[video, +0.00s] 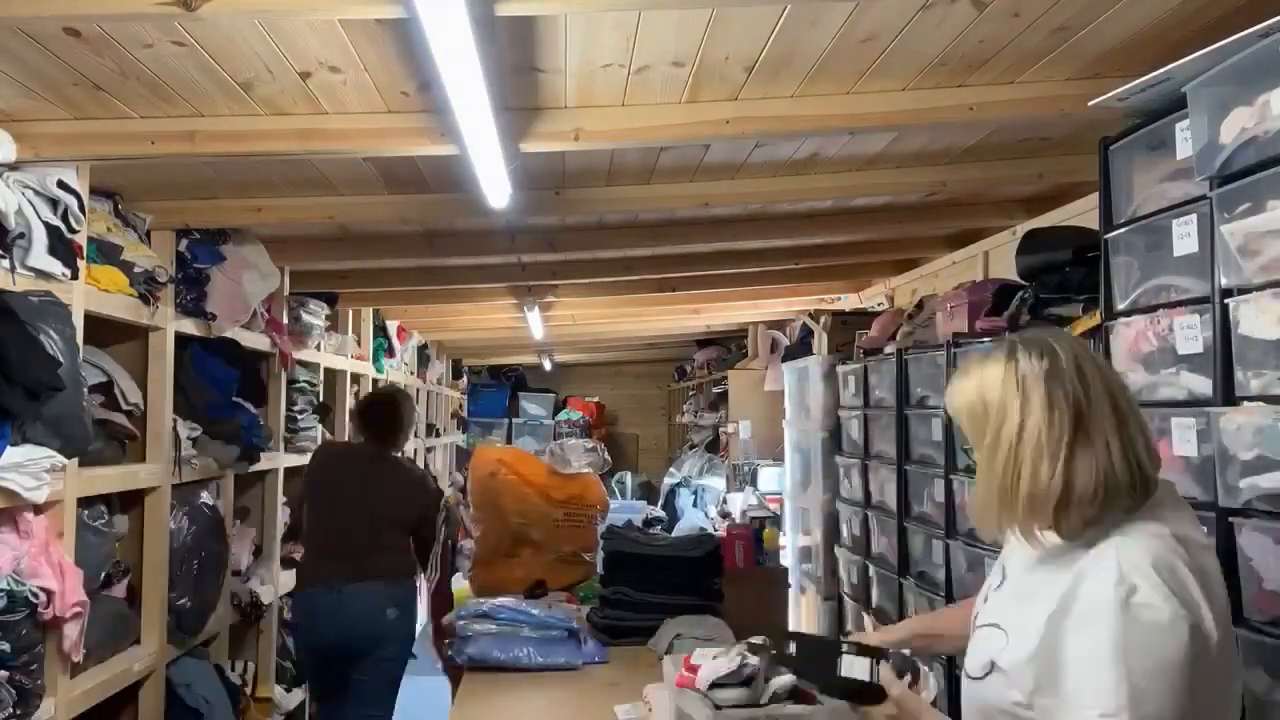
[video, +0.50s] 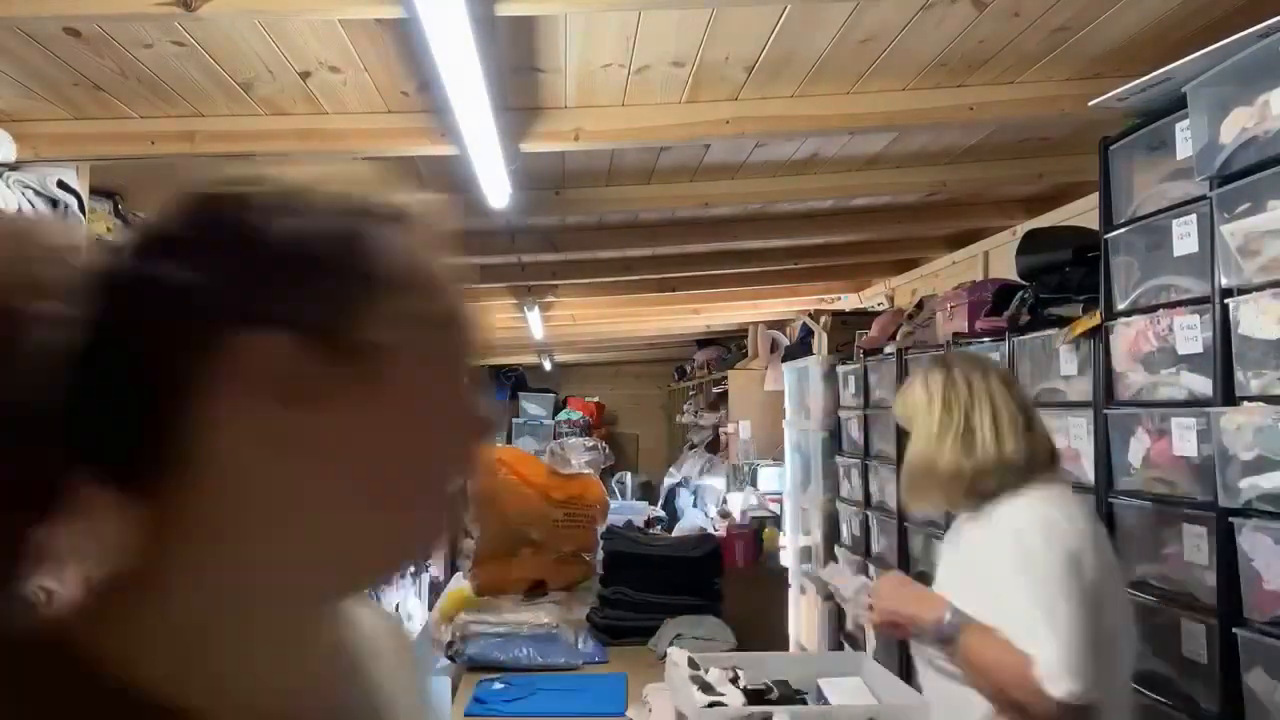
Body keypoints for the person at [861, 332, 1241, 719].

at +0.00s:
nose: (976, 462)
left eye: (983, 448)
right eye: (975, 447)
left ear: (1026, 447)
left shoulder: (1128, 578)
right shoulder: (1058, 520)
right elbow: (1009, 611)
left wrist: (923, 714)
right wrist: (907, 634)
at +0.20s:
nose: (906, 462)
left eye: (926, 446)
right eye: (899, 443)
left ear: (988, 438)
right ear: (892, 439)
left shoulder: (1062, 531)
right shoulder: (892, 497)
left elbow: (1138, 675)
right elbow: (841, 586)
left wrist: (1066, 688)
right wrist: (764, 599)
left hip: (989, 714)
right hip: (872, 707)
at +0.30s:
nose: (943, 422)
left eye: (959, 407)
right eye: (949, 406)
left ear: (1014, 424)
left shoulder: (1076, 525)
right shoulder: (944, 496)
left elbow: (1143, 672)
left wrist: (1042, 641)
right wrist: (880, 553)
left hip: (1043, 710)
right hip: (948, 705)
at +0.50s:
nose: (911, 449)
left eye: (914, 433)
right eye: (909, 434)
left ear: (947, 436)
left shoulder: (1036, 524)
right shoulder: (982, 513)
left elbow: (1061, 697)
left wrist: (937, 618)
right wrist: (916, 626)